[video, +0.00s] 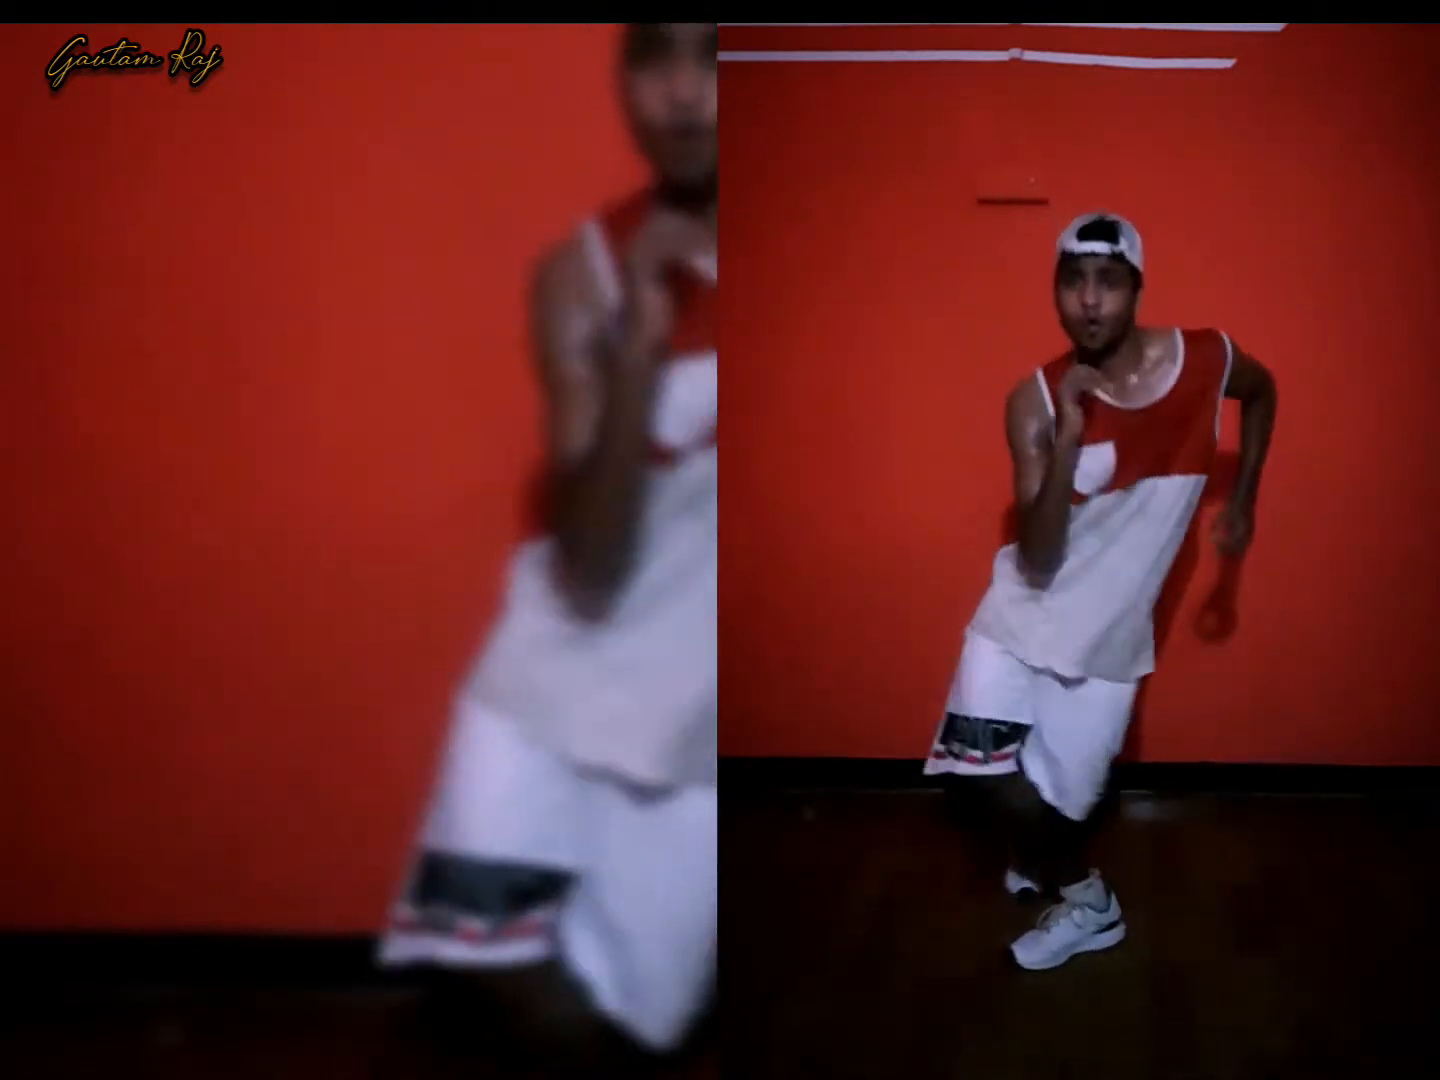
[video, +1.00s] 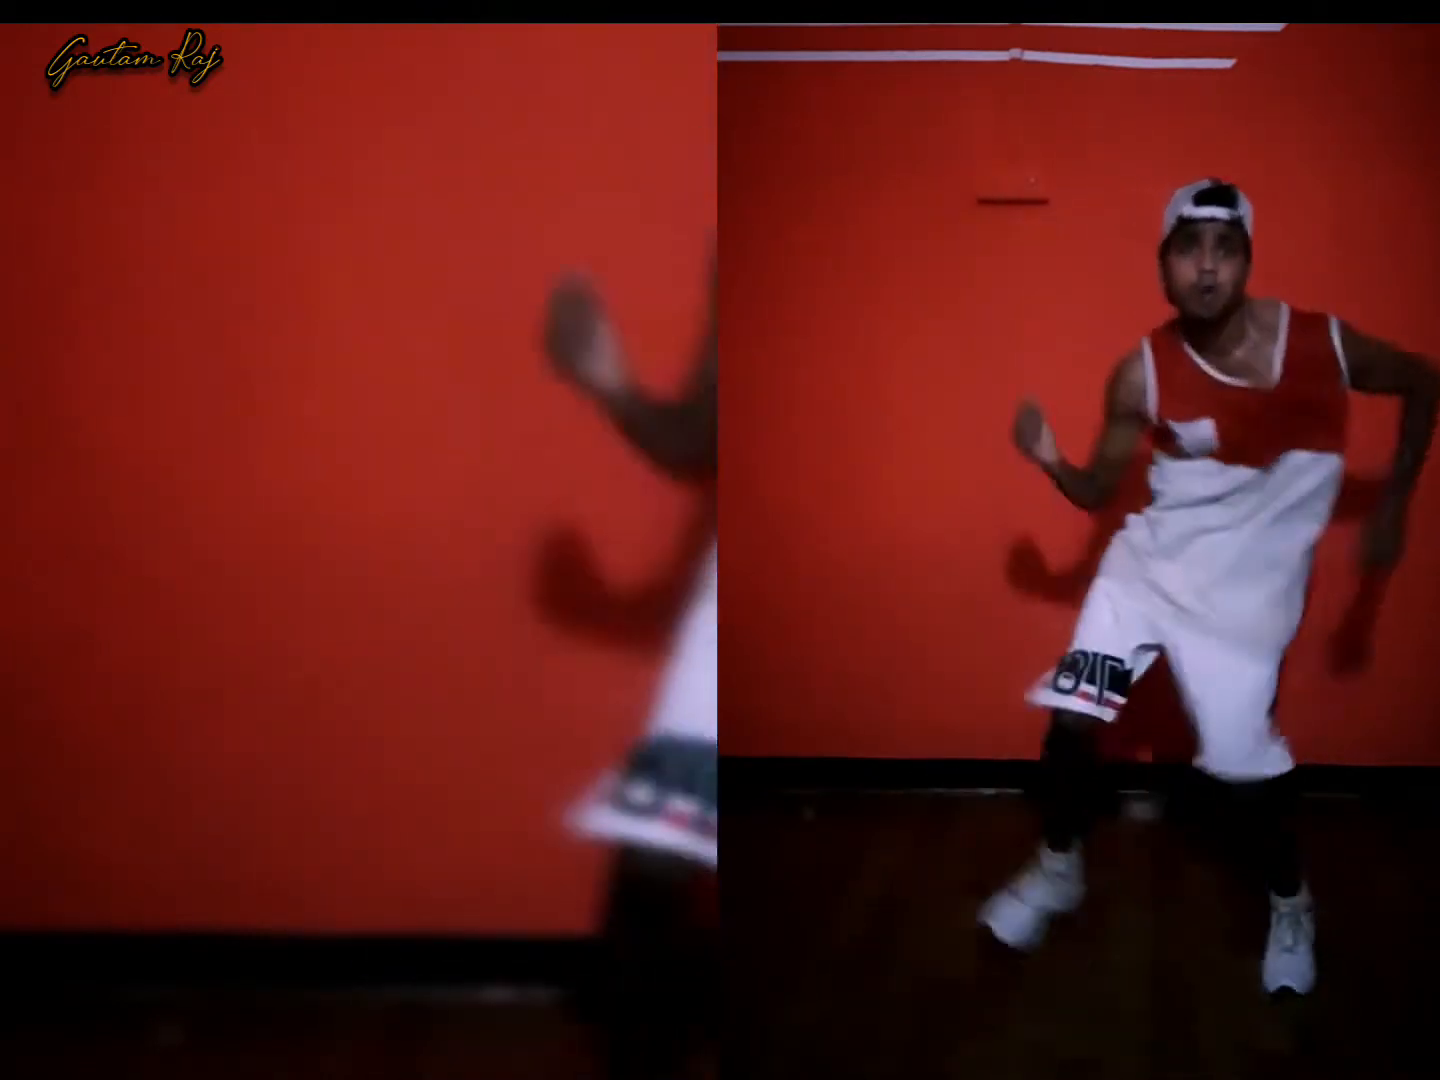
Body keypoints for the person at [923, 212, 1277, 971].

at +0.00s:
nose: (1089, 302)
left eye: (1107, 284)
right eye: (1074, 284)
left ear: (1138, 293)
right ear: (1058, 295)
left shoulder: (1202, 359)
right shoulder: (1037, 401)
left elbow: (1260, 390)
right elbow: (1039, 556)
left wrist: (1242, 499)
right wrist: (1066, 445)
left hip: (1113, 628)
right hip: (1023, 606)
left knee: (1064, 800)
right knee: (979, 757)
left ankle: (1034, 863)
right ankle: (1087, 899)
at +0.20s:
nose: (1123, 271)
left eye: (1140, 253)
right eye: (1106, 253)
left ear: (1165, 264)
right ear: (1081, 266)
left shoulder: (1206, 349)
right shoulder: (1044, 366)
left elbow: (1212, 435)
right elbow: (983, 487)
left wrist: (1196, 491)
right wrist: (1031, 576)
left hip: (1175, 573)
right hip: (1077, 577)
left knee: (1182, 737)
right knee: (1049, 753)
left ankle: (1137, 841)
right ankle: (1091, 899)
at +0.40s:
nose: (1133, 281)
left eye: (1149, 264)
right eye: (1115, 263)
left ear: (1171, 276)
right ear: (1088, 276)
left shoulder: (1205, 378)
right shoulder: (1034, 366)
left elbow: (1230, 517)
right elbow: (986, 423)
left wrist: (1213, 462)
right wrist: (1018, 521)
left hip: (1201, 581)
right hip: (1102, 580)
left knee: (1240, 751)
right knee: (1108, 757)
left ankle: (1249, 874)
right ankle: (1107, 903)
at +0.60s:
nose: (1120, 296)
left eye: (1137, 278)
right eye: (1103, 278)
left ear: (1161, 288)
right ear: (1079, 290)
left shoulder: (1228, 366)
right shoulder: (1054, 386)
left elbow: (1259, 440)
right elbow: (1035, 527)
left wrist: (1241, 540)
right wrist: (1016, 482)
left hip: (1184, 580)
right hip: (1088, 567)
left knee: (1130, 735)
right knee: (1064, 748)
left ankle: (1159, 781)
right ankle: (1100, 899)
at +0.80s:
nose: (1163, 268)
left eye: (1180, 250)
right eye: (1144, 250)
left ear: (1203, 264)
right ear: (1117, 264)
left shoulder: (1250, 358)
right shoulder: (1069, 361)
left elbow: (1288, 492)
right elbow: (1034, 444)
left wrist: (1287, 459)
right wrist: (1051, 544)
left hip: (1230, 587)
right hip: (1126, 580)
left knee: (1250, 762)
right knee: (1100, 763)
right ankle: (1109, 902)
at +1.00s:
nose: (1207, 269)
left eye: (1224, 251)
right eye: (1189, 252)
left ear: (1248, 262)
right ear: (1165, 267)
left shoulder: (1318, 346)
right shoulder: (1144, 371)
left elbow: (1420, 381)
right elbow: (1096, 489)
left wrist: (1394, 503)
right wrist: (1051, 460)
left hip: (1248, 589)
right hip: (1146, 565)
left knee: (1237, 759)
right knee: (1070, 720)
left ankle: (1288, 909)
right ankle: (1056, 869)